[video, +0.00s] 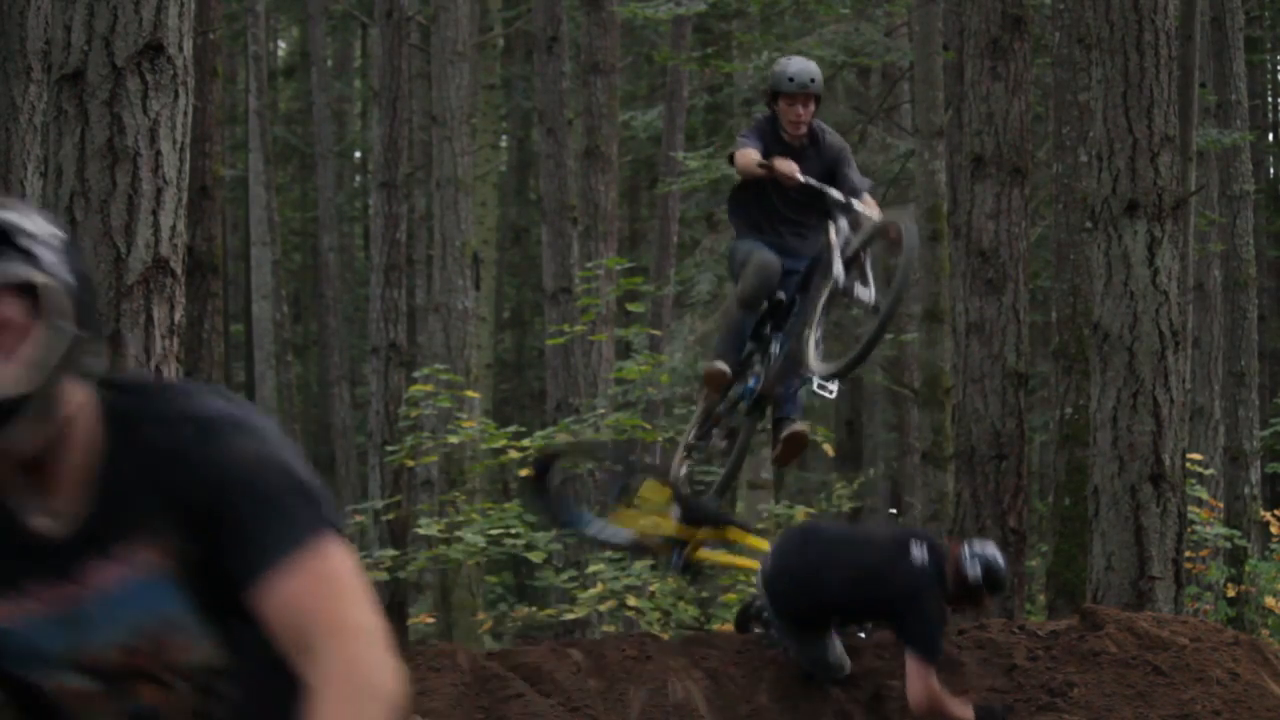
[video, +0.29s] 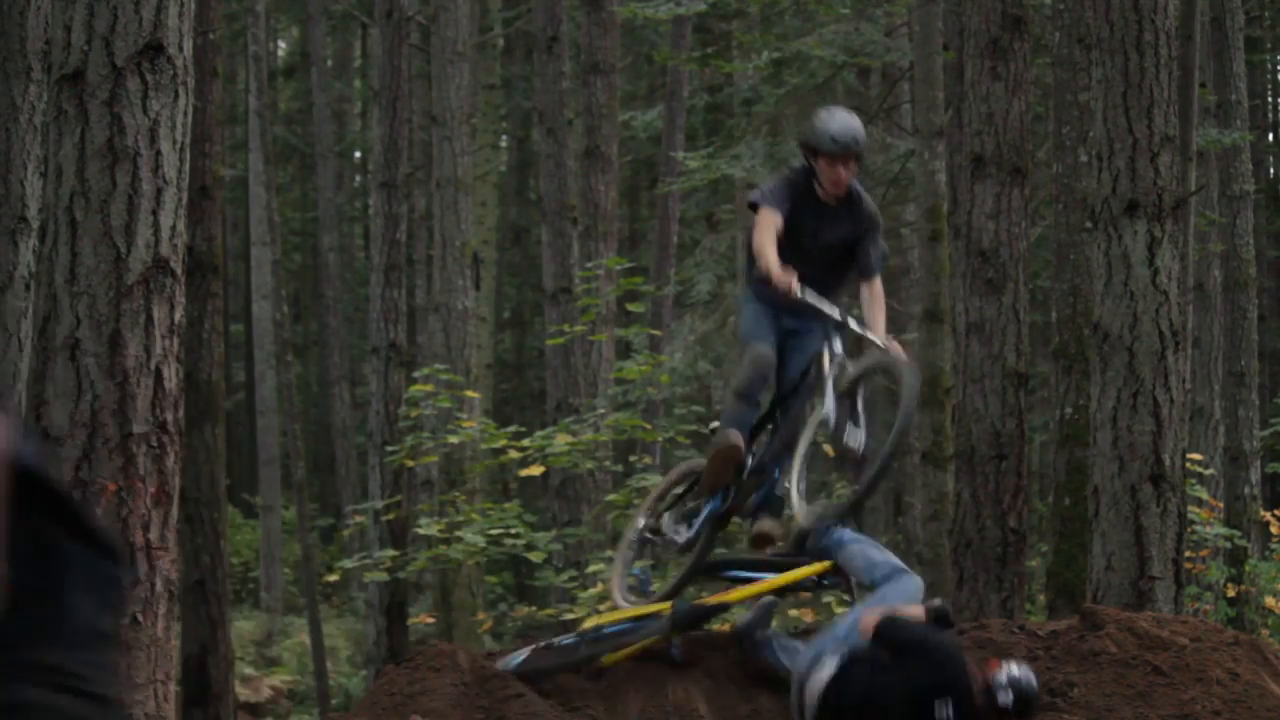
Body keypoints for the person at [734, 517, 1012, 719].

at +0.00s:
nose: (973, 607)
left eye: (979, 602)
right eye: (977, 599)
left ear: (960, 550)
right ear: (968, 587)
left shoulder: (926, 544)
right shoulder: (925, 602)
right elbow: (921, 699)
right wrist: (963, 710)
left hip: (799, 539)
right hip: (789, 590)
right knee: (836, 669)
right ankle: (768, 623)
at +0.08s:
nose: (986, 637)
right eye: (990, 630)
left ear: (968, 578)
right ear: (980, 626)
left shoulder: (932, 569)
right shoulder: (936, 653)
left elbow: (878, 553)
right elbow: (924, 712)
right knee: (826, 671)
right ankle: (767, 629)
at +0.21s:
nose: (983, 635)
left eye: (989, 638)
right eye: (990, 636)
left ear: (984, 643)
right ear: (996, 691)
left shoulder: (946, 632)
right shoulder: (958, 711)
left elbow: (880, 598)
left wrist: (920, 599)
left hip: (818, 642)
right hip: (803, 692)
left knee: (898, 574)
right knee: (801, 645)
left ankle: (817, 523)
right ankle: (755, 621)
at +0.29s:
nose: (995, 661)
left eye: (999, 665)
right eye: (1001, 663)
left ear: (995, 671)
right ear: (1005, 711)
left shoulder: (948, 661)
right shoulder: (960, 715)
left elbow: (869, 626)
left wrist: (927, 614)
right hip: (814, 709)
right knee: (820, 659)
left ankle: (826, 537)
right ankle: (758, 637)